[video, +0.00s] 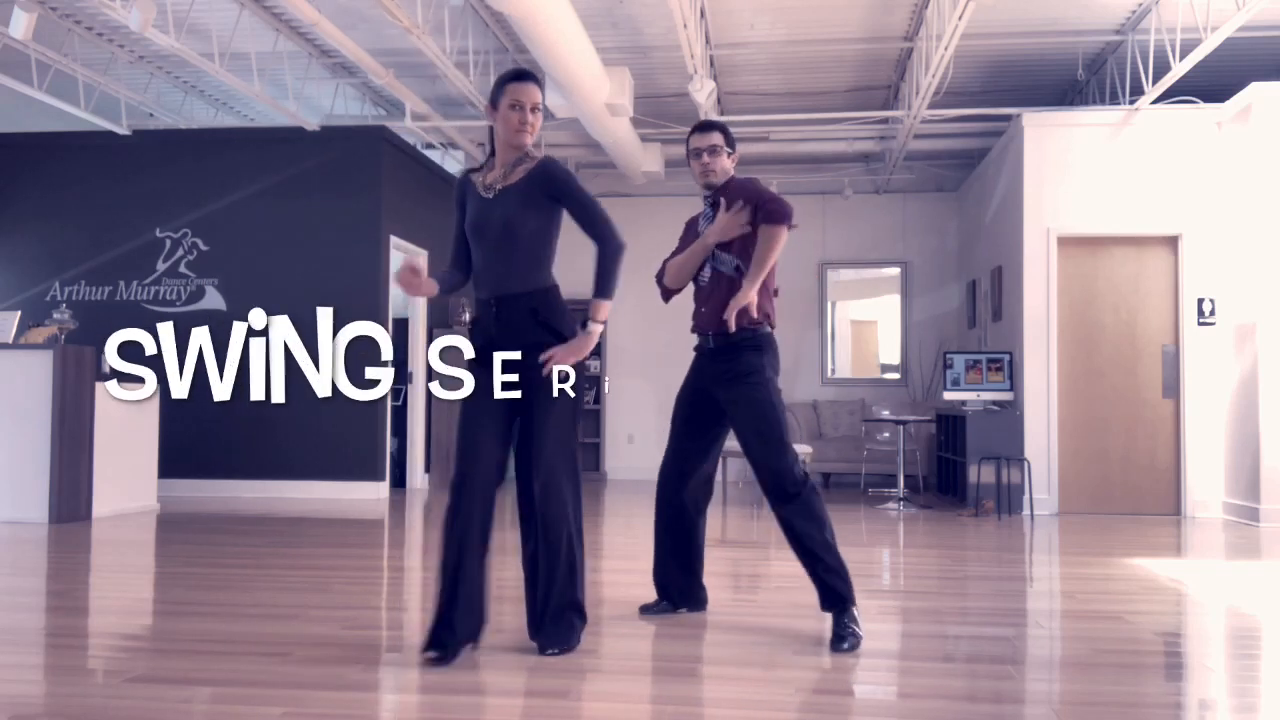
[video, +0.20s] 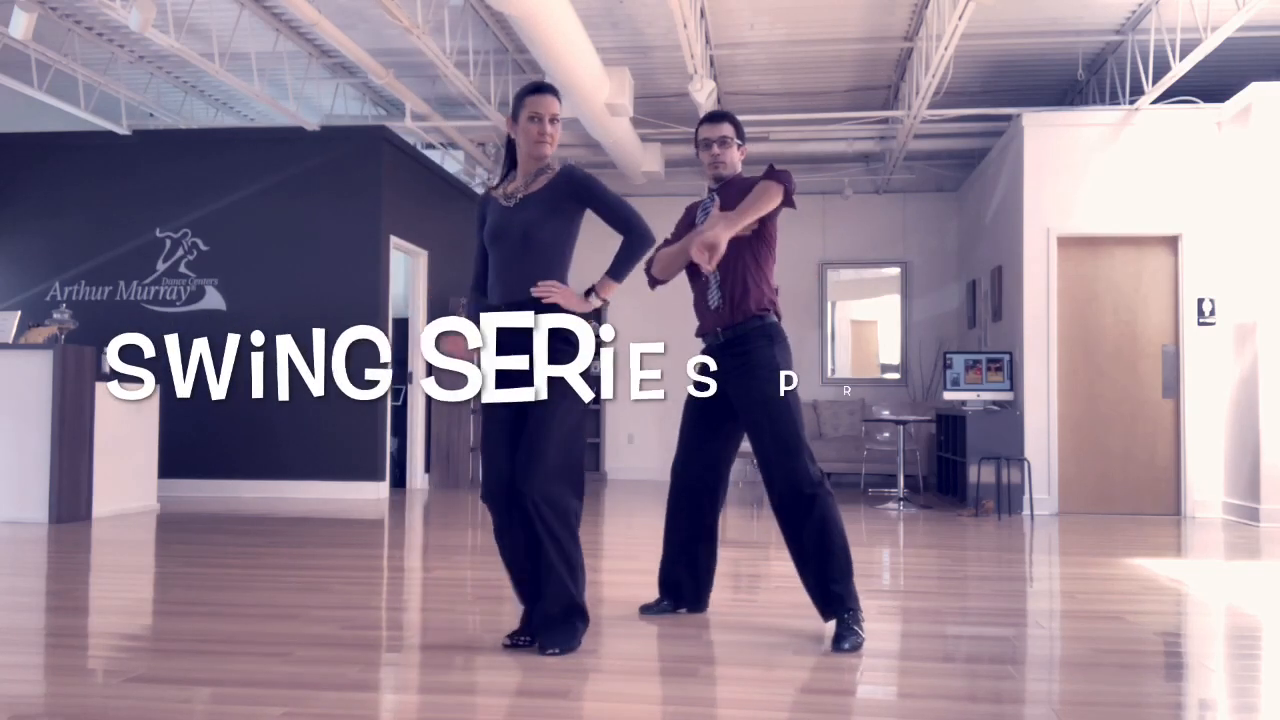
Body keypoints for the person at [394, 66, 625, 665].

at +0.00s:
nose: (528, 118)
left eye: (536, 110)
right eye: (517, 108)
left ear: (543, 119)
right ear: (492, 114)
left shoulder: (550, 174)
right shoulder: (470, 184)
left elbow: (610, 241)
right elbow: (459, 270)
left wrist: (590, 332)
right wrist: (432, 284)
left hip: (547, 333)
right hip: (487, 335)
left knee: (546, 481)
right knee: (473, 482)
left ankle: (558, 625)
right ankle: (455, 628)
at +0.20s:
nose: (545, 129)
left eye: (554, 120)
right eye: (534, 119)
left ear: (562, 130)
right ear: (511, 127)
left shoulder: (570, 182)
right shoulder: (492, 199)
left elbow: (638, 233)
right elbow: (479, 278)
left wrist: (595, 297)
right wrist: (465, 330)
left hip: (557, 347)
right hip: (502, 350)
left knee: (544, 480)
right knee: (500, 485)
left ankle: (566, 617)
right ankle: (538, 611)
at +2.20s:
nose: (576, 162)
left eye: (584, 153)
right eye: (565, 152)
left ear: (592, 162)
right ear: (541, 157)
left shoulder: (589, 212)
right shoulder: (516, 226)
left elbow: (621, 269)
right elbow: (499, 310)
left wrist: (583, 325)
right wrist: (490, 386)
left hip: (558, 371)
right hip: (514, 371)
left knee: (476, 451)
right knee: (496, 484)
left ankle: (503, 605)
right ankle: (546, 608)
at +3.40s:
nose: (575, 137)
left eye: (584, 129)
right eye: (566, 128)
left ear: (594, 140)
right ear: (548, 137)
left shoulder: (597, 198)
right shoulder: (533, 212)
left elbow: (634, 244)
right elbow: (509, 285)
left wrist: (584, 292)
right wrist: (492, 338)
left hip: (567, 352)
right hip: (523, 351)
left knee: (521, 472)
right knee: (511, 474)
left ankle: (551, 614)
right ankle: (539, 613)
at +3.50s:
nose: (577, 138)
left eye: (587, 130)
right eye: (568, 128)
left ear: (598, 142)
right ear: (551, 138)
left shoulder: (601, 200)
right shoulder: (532, 205)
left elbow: (644, 221)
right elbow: (493, 277)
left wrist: (570, 221)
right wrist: (496, 300)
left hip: (575, 349)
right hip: (532, 347)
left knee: (520, 469)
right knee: (523, 475)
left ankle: (551, 619)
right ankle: (585, 599)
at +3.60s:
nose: (582, 156)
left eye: (592, 149)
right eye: (574, 145)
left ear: (602, 150)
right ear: (554, 140)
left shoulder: (606, 203)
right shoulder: (529, 209)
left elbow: (664, 174)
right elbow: (472, 279)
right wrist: (519, 256)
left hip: (578, 350)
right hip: (535, 349)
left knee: (517, 463)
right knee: (544, 478)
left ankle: (548, 614)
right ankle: (593, 607)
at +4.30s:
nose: (598, 158)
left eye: (607, 151)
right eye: (589, 149)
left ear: (615, 162)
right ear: (569, 157)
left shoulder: (622, 216)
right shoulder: (539, 227)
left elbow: (671, 226)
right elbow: (519, 303)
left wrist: (666, 177)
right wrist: (527, 325)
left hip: (595, 369)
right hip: (547, 368)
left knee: (512, 466)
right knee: (533, 490)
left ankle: (535, 615)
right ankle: (587, 609)